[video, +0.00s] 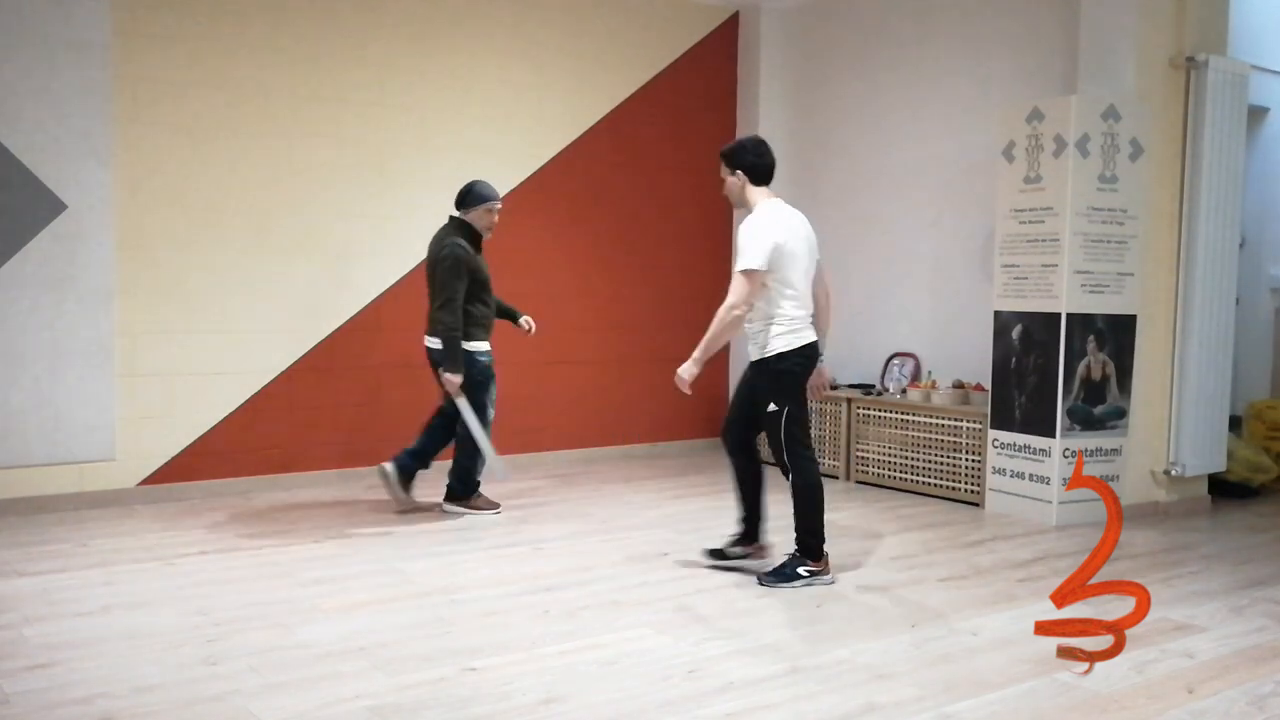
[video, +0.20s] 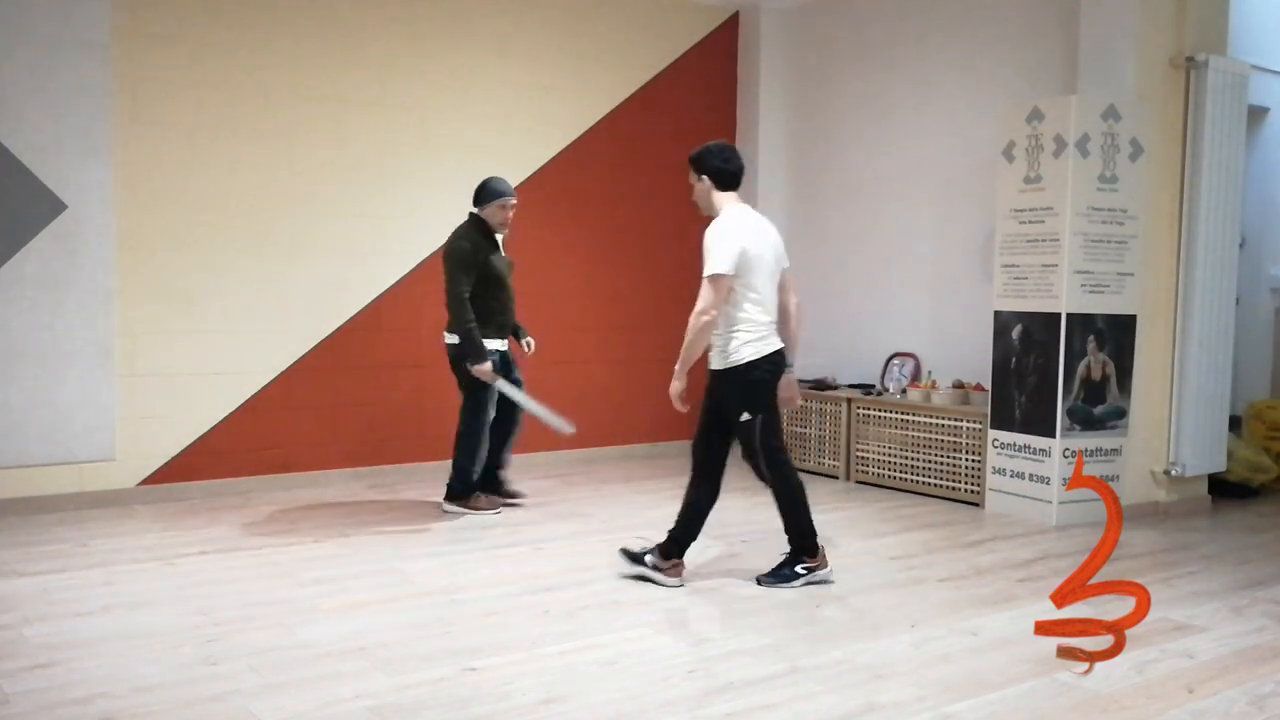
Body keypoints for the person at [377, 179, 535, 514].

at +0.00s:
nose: (497, 219)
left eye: (498, 212)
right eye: (492, 211)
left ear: (472, 213)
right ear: (471, 212)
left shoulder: (461, 243)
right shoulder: (454, 250)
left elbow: (477, 297)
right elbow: (448, 311)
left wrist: (513, 315)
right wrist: (451, 364)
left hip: (461, 347)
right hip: (468, 350)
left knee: (454, 413)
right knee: (476, 422)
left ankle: (403, 469)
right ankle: (462, 492)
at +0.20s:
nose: (509, 214)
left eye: (512, 207)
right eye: (503, 207)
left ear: (511, 209)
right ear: (483, 208)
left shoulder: (492, 240)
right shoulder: (463, 243)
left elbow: (496, 296)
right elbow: (457, 302)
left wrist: (517, 330)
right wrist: (476, 354)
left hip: (497, 344)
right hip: (471, 345)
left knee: (511, 406)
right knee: (479, 412)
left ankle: (489, 480)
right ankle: (460, 491)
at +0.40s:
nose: (528, 216)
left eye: (531, 209)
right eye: (520, 209)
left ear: (534, 211)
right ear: (500, 211)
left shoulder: (525, 246)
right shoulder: (478, 246)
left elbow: (523, 302)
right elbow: (468, 302)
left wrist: (545, 337)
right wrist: (490, 351)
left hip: (523, 350)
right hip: (489, 350)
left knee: (543, 416)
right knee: (483, 421)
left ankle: (551, 487)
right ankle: (463, 490)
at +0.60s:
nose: (549, 219)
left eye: (553, 212)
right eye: (541, 212)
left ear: (557, 215)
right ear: (523, 215)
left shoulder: (549, 251)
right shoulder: (500, 251)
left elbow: (559, 305)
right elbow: (491, 307)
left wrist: (590, 327)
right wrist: (520, 348)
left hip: (540, 352)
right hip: (502, 352)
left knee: (562, 413)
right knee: (513, 417)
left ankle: (553, 488)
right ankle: (486, 474)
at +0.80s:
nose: (562, 225)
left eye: (567, 219)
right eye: (554, 218)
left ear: (571, 223)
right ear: (537, 221)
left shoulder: (566, 260)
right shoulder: (517, 253)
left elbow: (570, 296)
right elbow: (537, 300)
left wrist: (579, 300)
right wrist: (574, 320)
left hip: (540, 357)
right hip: (502, 350)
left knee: (567, 414)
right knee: (503, 415)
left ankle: (552, 490)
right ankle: (488, 506)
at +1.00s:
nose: (546, 229)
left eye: (551, 223)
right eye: (539, 223)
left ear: (558, 227)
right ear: (523, 226)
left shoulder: (560, 263)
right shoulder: (508, 260)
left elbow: (574, 309)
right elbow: (531, 283)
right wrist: (568, 280)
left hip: (547, 364)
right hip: (505, 363)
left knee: (560, 432)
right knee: (503, 439)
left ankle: (550, 491)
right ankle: (496, 524)